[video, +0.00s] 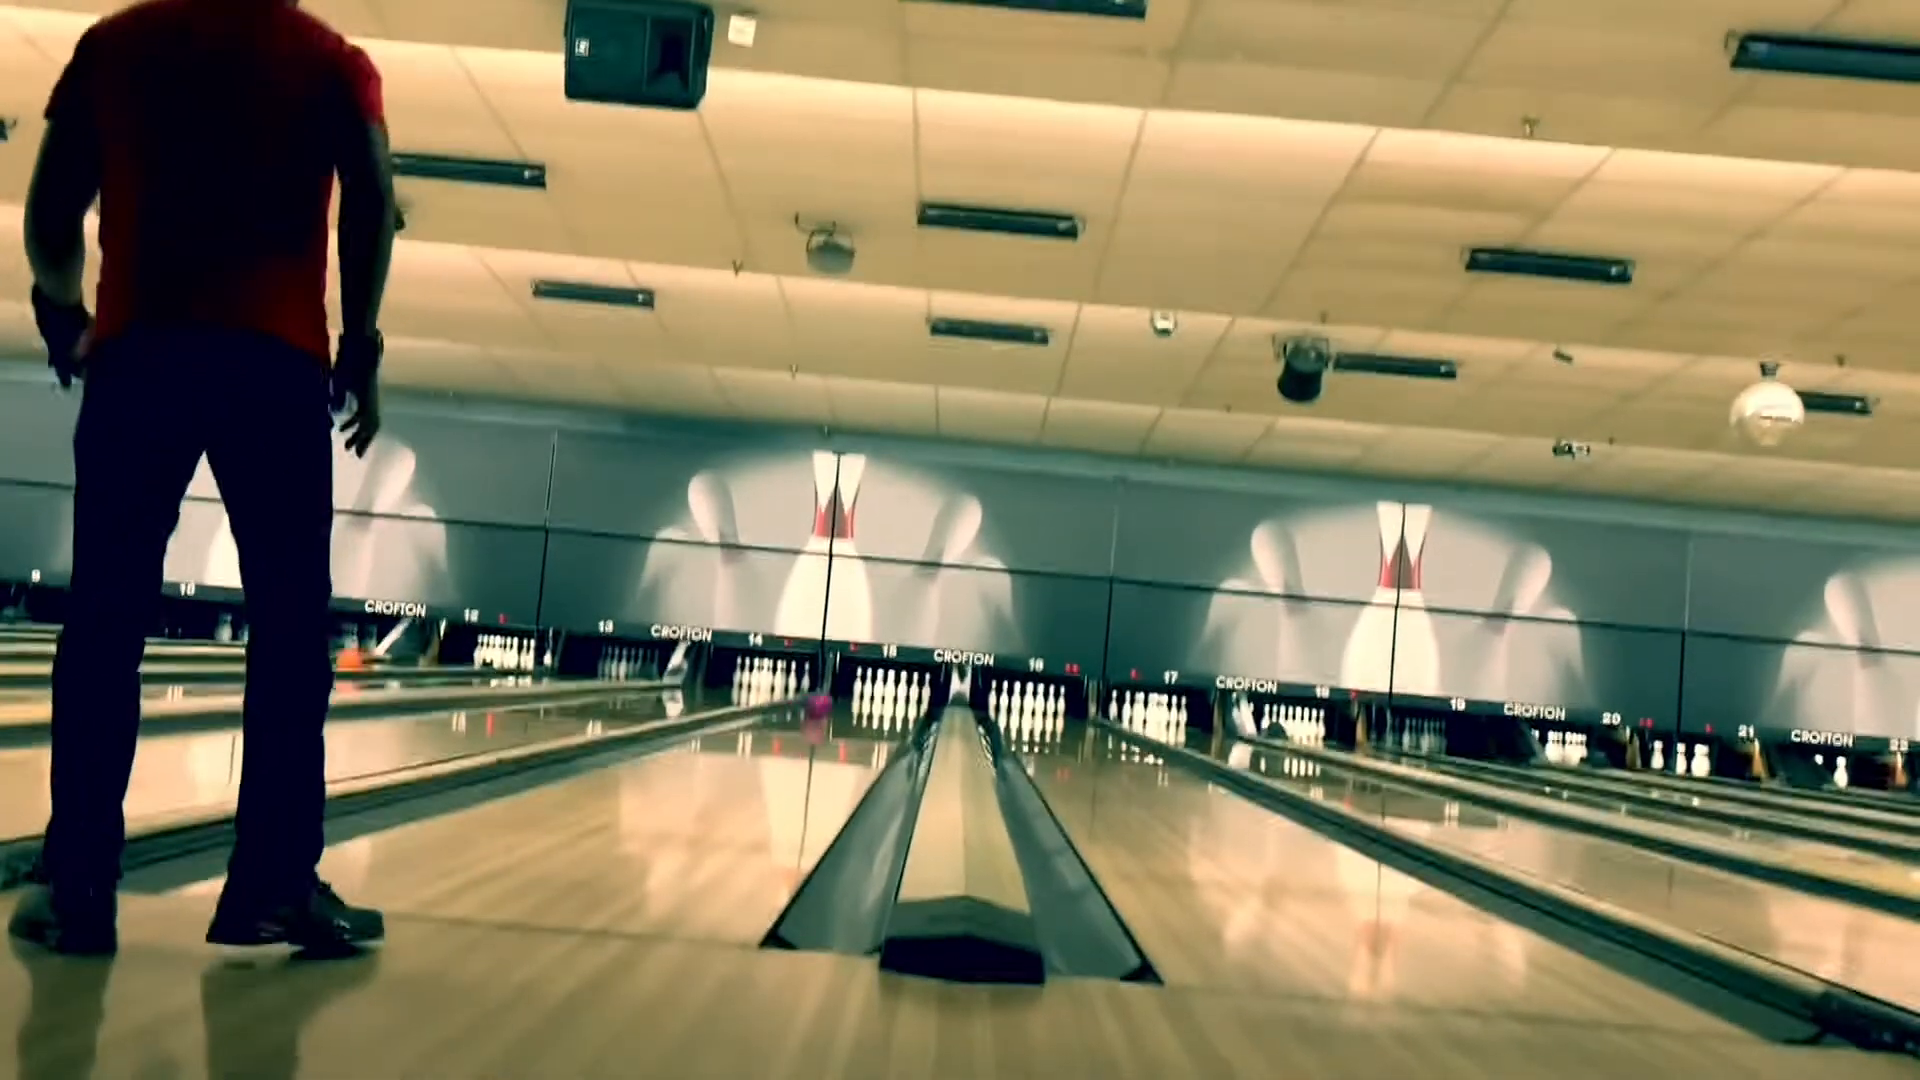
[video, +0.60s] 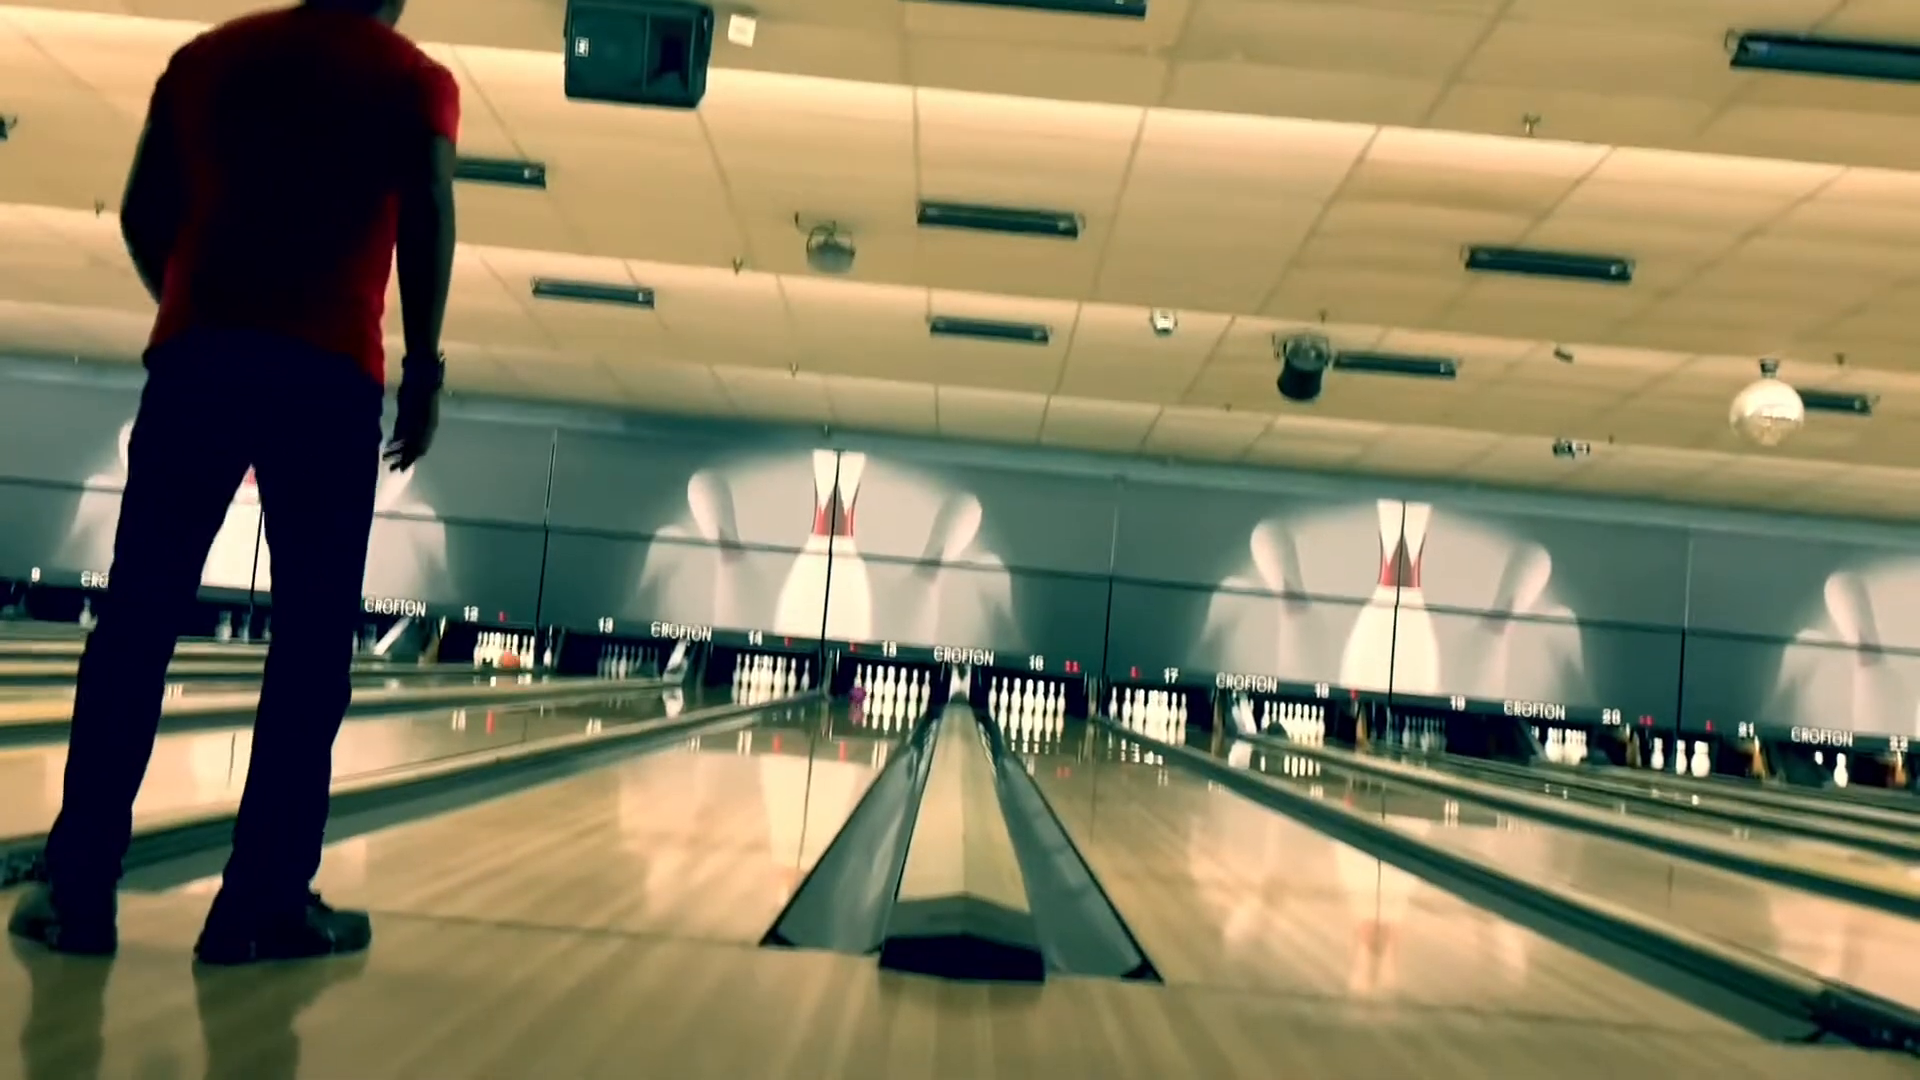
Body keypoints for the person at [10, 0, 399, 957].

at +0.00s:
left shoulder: (112, 42)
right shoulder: (333, 58)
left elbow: (51, 207)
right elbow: (373, 207)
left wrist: (59, 305)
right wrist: (362, 332)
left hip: (139, 359)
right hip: (273, 364)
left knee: (103, 620)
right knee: (290, 629)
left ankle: (79, 895)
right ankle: (272, 888)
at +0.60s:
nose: (409, 6)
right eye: (407, 2)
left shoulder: (202, 57)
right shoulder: (417, 78)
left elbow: (142, 215)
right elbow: (427, 224)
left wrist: (199, 313)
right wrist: (423, 364)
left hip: (194, 367)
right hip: (326, 380)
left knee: (134, 624)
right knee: (313, 644)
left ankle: (79, 899)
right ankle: (263, 906)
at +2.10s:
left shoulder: (92, 11)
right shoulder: (309, 4)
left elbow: (45, 185)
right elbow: (281, 138)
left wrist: (138, 277)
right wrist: (310, 324)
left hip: (78, 323)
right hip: (218, 331)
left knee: (30, 620)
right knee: (240, 631)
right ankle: (260, 893)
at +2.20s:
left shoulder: (64, 5)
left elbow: (19, 141)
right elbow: (233, 87)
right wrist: (246, 288)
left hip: (42, 295)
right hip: (177, 304)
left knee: (12, 613)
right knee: (218, 606)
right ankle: (215, 897)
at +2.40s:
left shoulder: (174, 16)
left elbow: (110, 141)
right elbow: (62, 79)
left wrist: (168, 287)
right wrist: (115, 286)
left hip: (78, 305)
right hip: (73, 308)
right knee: (120, 605)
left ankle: (35, 940)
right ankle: (31, 945)